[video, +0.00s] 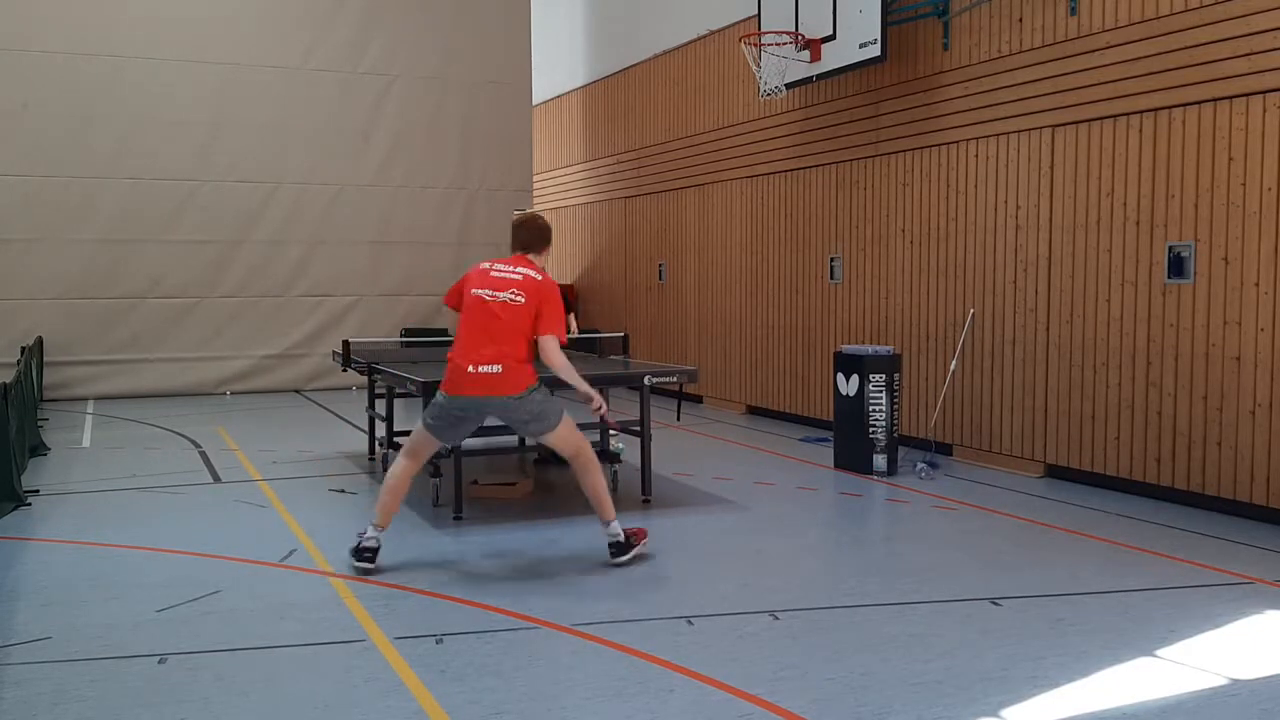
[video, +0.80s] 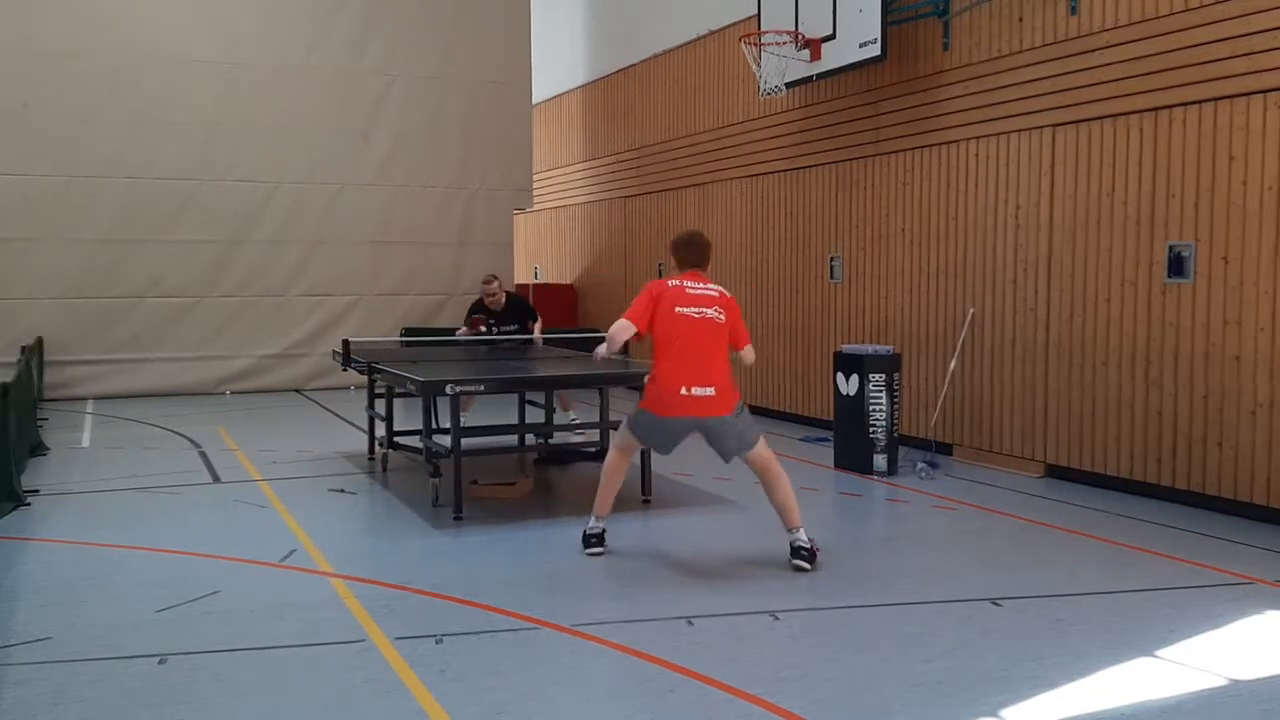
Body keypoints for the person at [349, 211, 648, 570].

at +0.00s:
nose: (549, 255)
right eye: (549, 250)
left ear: (513, 245)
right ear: (545, 250)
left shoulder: (478, 272)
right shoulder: (544, 285)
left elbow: (451, 305)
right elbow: (549, 350)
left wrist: (491, 320)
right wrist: (585, 389)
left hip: (459, 387)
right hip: (515, 388)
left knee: (411, 457)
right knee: (579, 452)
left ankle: (370, 539)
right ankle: (616, 536)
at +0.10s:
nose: (582, 282)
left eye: (580, 276)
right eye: (583, 276)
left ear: (546, 268)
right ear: (578, 276)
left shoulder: (516, 292)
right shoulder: (560, 307)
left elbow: (523, 344)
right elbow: (544, 367)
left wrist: (571, 363)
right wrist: (580, 424)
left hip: (474, 409)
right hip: (525, 413)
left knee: (437, 478)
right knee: (603, 450)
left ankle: (385, 548)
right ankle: (629, 541)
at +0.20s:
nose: (615, 307)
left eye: (616, 300)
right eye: (616, 299)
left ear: (580, 288)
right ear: (608, 296)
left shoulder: (549, 312)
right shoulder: (580, 322)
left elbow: (556, 368)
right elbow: (554, 382)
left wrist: (610, 381)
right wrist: (589, 436)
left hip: (498, 425)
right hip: (541, 427)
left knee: (458, 495)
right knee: (634, 447)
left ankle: (388, 550)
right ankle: (633, 542)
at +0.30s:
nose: (651, 296)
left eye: (652, 289)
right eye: (652, 289)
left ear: (618, 279)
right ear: (643, 286)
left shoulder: (584, 303)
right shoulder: (614, 316)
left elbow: (567, 351)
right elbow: (599, 379)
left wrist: (611, 361)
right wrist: (642, 417)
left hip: (527, 412)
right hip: (573, 418)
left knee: (469, 487)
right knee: (659, 448)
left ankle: (392, 546)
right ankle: (635, 542)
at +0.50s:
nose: (686, 258)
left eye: (685, 253)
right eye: (686, 253)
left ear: (650, 246)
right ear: (680, 253)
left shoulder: (614, 265)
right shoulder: (679, 286)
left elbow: (569, 287)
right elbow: (727, 316)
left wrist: (600, 282)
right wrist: (717, 281)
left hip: (576, 374)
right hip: (626, 385)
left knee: (551, 438)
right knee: (675, 446)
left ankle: (521, 517)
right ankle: (640, 534)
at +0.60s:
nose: (691, 253)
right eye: (691, 249)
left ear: (653, 245)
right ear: (688, 250)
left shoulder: (622, 268)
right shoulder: (692, 281)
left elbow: (566, 297)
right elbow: (725, 315)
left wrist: (598, 307)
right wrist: (705, 279)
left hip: (607, 379)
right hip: (660, 383)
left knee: (589, 435)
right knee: (710, 443)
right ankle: (688, 523)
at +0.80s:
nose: (666, 263)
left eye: (668, 258)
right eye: (669, 258)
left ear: (673, 262)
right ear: (707, 263)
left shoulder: (657, 289)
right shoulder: (724, 298)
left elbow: (618, 333)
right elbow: (747, 356)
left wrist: (607, 349)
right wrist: (724, 344)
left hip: (665, 404)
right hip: (719, 405)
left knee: (622, 449)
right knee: (766, 463)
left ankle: (595, 529)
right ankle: (800, 542)